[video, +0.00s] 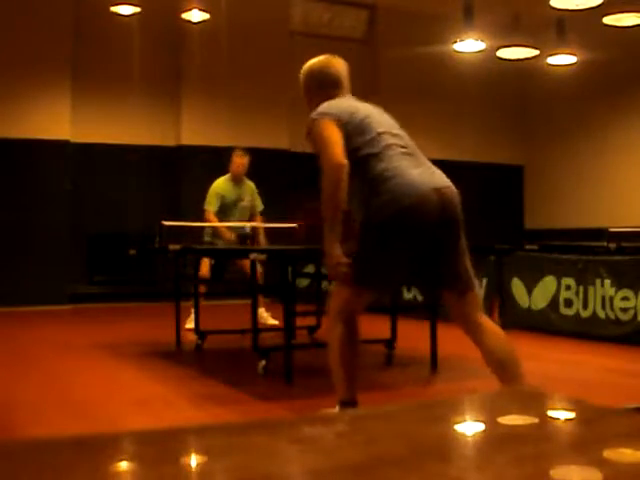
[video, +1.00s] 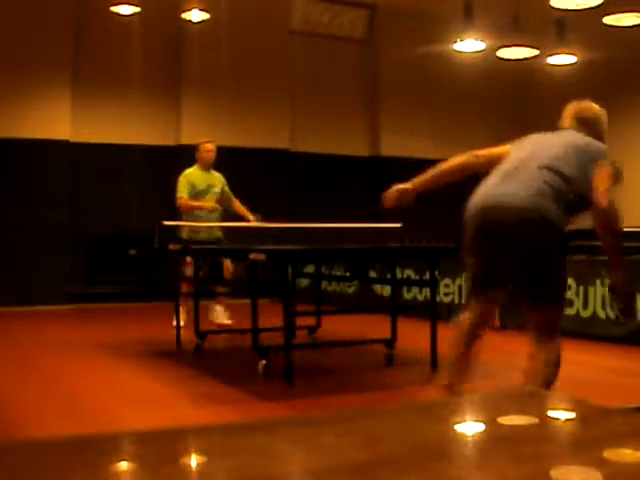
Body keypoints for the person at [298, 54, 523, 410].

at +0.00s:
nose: (305, 100)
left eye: (305, 93)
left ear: (308, 91)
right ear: (345, 86)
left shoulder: (324, 115)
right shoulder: (372, 111)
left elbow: (337, 165)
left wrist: (332, 241)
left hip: (396, 204)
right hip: (444, 196)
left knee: (342, 310)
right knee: (471, 315)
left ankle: (346, 405)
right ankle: (524, 397)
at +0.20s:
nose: (350, 72)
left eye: (351, 65)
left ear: (354, 65)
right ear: (393, 65)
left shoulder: (360, 91)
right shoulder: (417, 97)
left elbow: (369, 124)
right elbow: (442, 152)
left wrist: (369, 199)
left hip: (405, 202)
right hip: (455, 199)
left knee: (345, 306)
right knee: (487, 317)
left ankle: (342, 405)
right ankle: (531, 403)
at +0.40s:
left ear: (380, 54)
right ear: (421, 53)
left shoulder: (367, 84)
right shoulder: (447, 90)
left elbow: (346, 121)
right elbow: (478, 148)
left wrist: (339, 186)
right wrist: (441, 164)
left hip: (394, 204)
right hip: (454, 203)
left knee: (350, 313)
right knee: (489, 308)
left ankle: (330, 403)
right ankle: (524, 396)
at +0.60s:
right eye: (464, 73)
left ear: (423, 76)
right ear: (461, 78)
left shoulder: (398, 108)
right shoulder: (484, 115)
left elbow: (353, 159)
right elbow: (509, 171)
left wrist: (352, 218)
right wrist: (515, 219)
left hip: (404, 217)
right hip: (467, 217)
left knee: (360, 315)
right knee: (509, 317)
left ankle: (336, 404)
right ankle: (524, 409)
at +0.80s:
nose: (555, 103)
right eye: (553, 97)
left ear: (508, 94)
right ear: (546, 98)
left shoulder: (476, 122)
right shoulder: (543, 123)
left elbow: (418, 153)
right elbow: (540, 160)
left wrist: (379, 194)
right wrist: (567, 229)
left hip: (435, 213)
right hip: (491, 216)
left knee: (399, 319)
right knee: (528, 324)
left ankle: (349, 402)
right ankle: (529, 415)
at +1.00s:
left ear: (563, 123)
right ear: (600, 133)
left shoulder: (530, 142)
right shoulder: (597, 152)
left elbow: (473, 159)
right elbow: (602, 204)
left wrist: (412, 187)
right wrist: (618, 271)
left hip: (482, 212)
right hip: (536, 219)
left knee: (480, 304)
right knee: (545, 329)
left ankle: (453, 384)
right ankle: (533, 408)